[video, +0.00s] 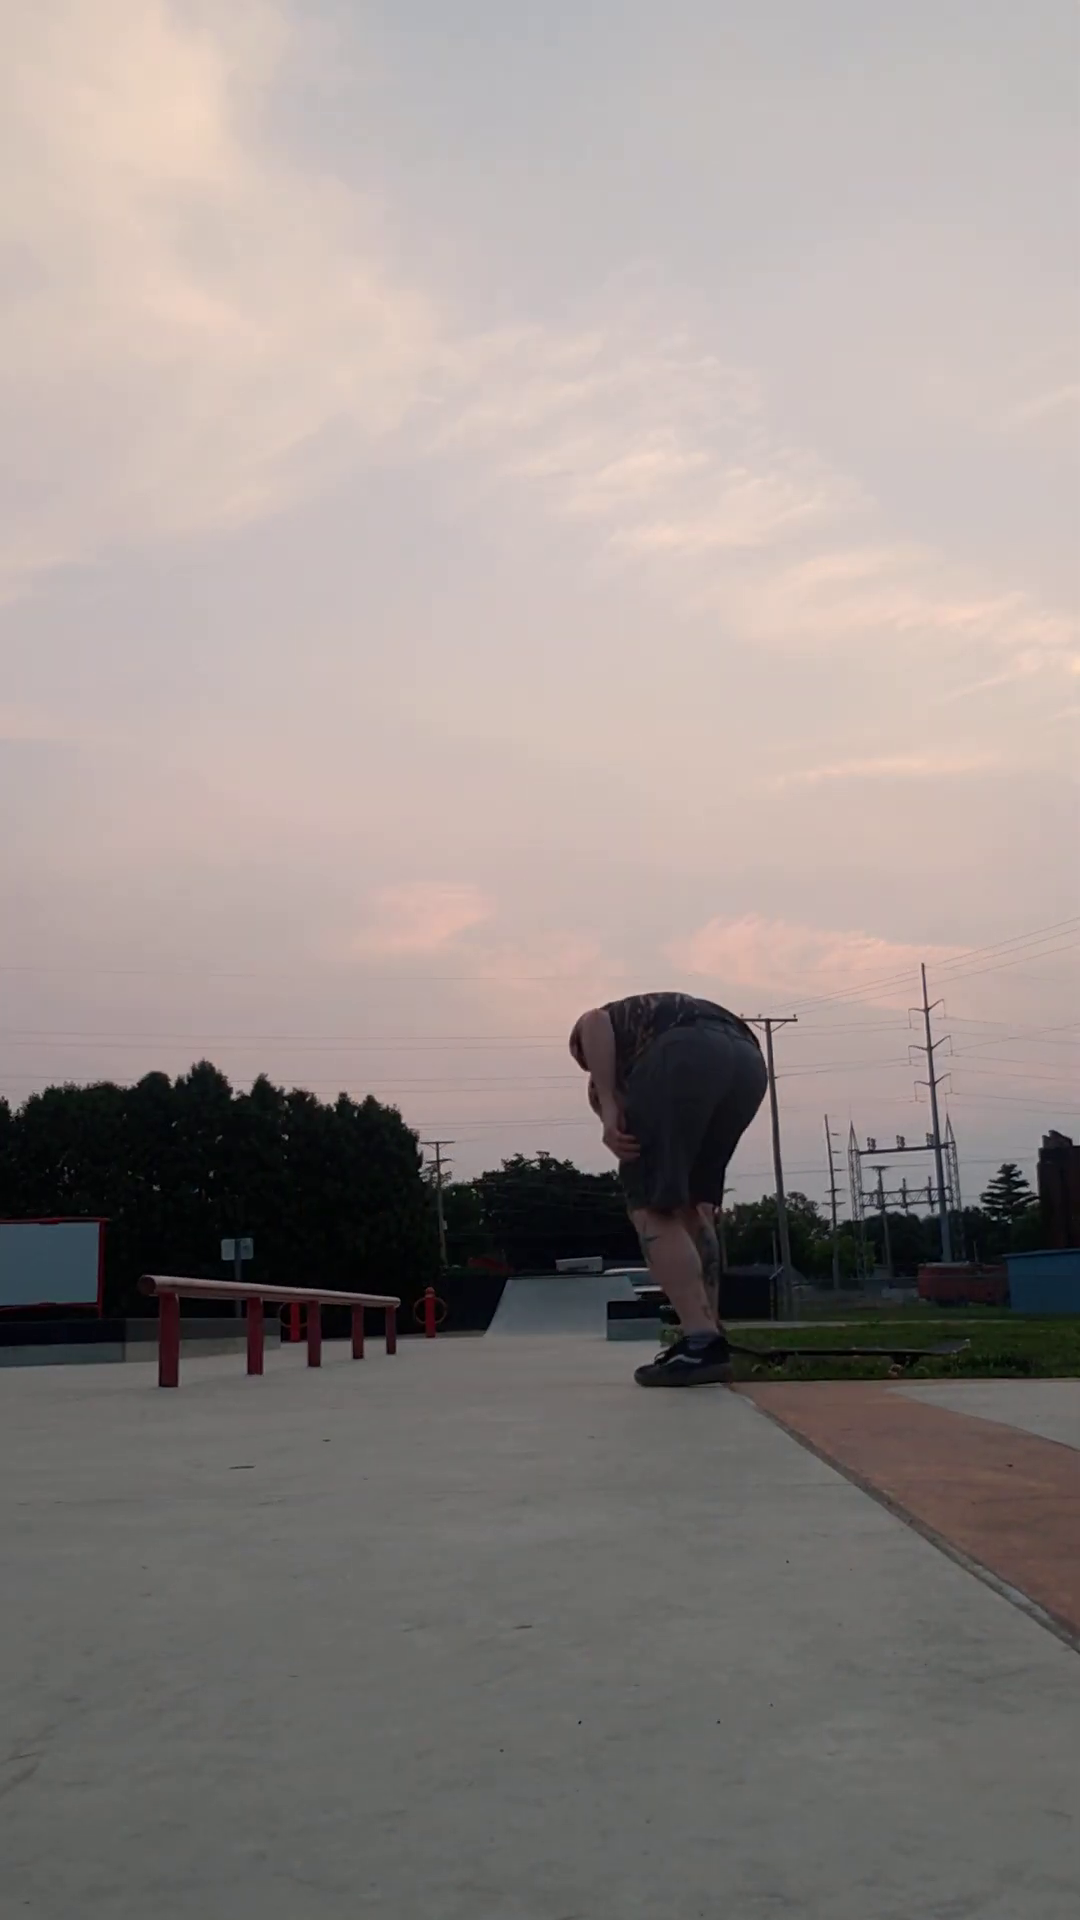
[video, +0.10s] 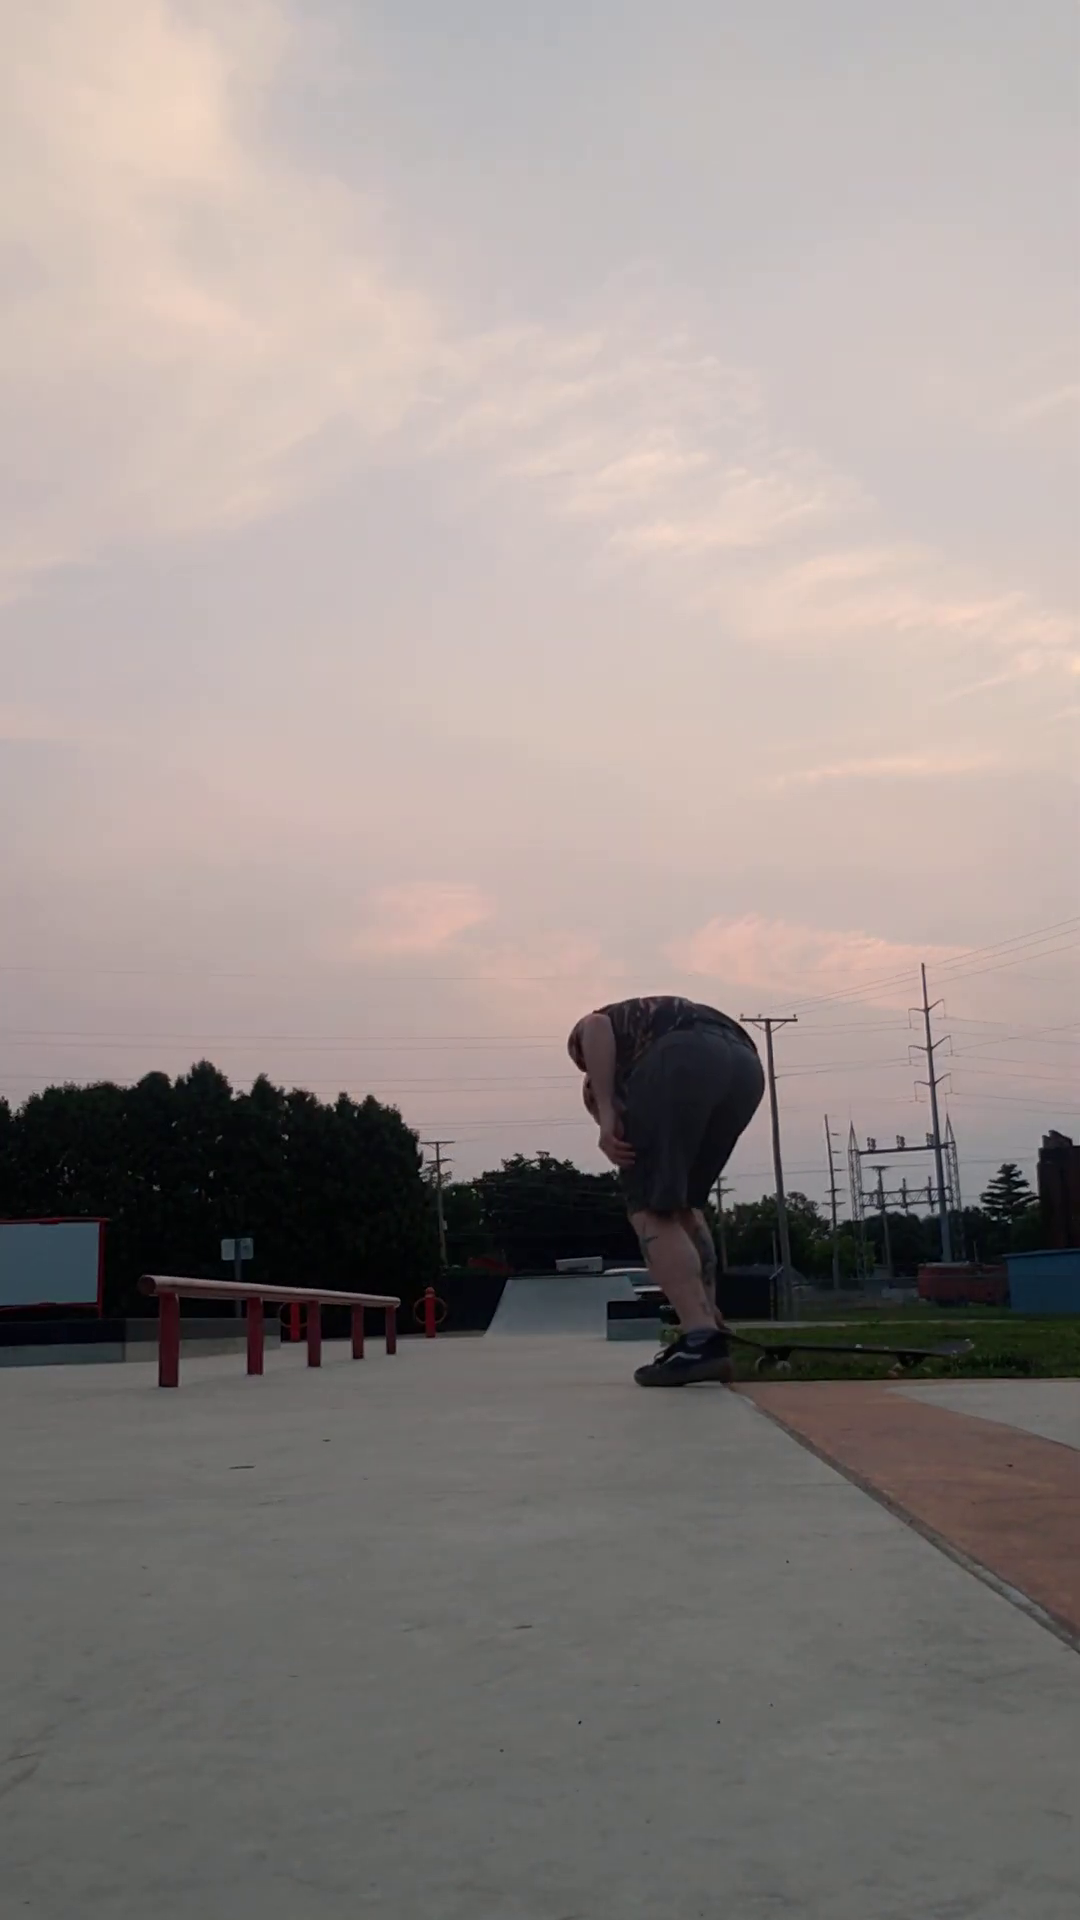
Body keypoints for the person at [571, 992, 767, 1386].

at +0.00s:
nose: (608, 1118)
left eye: (602, 1104)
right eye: (602, 1108)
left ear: (593, 1081)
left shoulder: (590, 1036)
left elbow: (594, 1021)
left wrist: (609, 1107)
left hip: (687, 1051)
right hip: (750, 1063)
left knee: (652, 1210)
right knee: (693, 1208)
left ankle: (700, 1341)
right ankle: (708, 1336)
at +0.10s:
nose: (605, 1118)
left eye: (600, 1106)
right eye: (600, 1110)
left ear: (589, 1083)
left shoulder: (585, 1040)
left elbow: (595, 1026)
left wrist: (606, 1114)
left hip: (685, 1054)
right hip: (747, 1066)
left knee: (649, 1209)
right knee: (685, 1206)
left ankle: (699, 1337)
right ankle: (710, 1326)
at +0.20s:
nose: (599, 1097)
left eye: (591, 1087)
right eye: (591, 1091)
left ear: (583, 1058)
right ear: (617, 1065)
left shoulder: (583, 1021)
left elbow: (589, 1016)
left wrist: (599, 1102)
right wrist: (712, 1282)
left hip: (680, 1047)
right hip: (741, 1058)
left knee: (650, 1205)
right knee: (688, 1203)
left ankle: (698, 1332)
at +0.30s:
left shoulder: (581, 993)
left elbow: (581, 1002)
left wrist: (593, 1094)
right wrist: (719, 1240)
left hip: (670, 1041)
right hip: (732, 1048)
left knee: (645, 1198)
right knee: (690, 1194)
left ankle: (696, 1321)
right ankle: (706, 1325)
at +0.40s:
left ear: (573, 977)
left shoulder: (574, 971)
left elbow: (573, 992)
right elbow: (723, 1101)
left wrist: (585, 1086)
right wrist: (717, 1184)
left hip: (659, 1041)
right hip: (722, 1044)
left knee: (631, 1192)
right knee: (685, 1199)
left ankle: (690, 1305)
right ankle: (706, 1346)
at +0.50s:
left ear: (571, 954)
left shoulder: (568, 956)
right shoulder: (653, 965)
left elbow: (565, 986)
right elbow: (733, 1046)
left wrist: (572, 1080)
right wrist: (710, 1121)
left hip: (648, 1043)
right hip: (712, 1047)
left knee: (616, 1187)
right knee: (684, 1195)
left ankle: (659, 1311)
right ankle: (706, 1343)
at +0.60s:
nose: (551, 942)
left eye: (552, 933)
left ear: (558, 930)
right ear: (595, 926)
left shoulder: (556, 942)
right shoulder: (640, 952)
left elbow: (555, 982)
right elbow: (722, 1018)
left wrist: (559, 1075)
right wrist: (698, 1089)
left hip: (633, 1047)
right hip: (698, 1049)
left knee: (600, 1187)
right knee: (684, 1196)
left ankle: (611, 1336)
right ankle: (702, 1342)